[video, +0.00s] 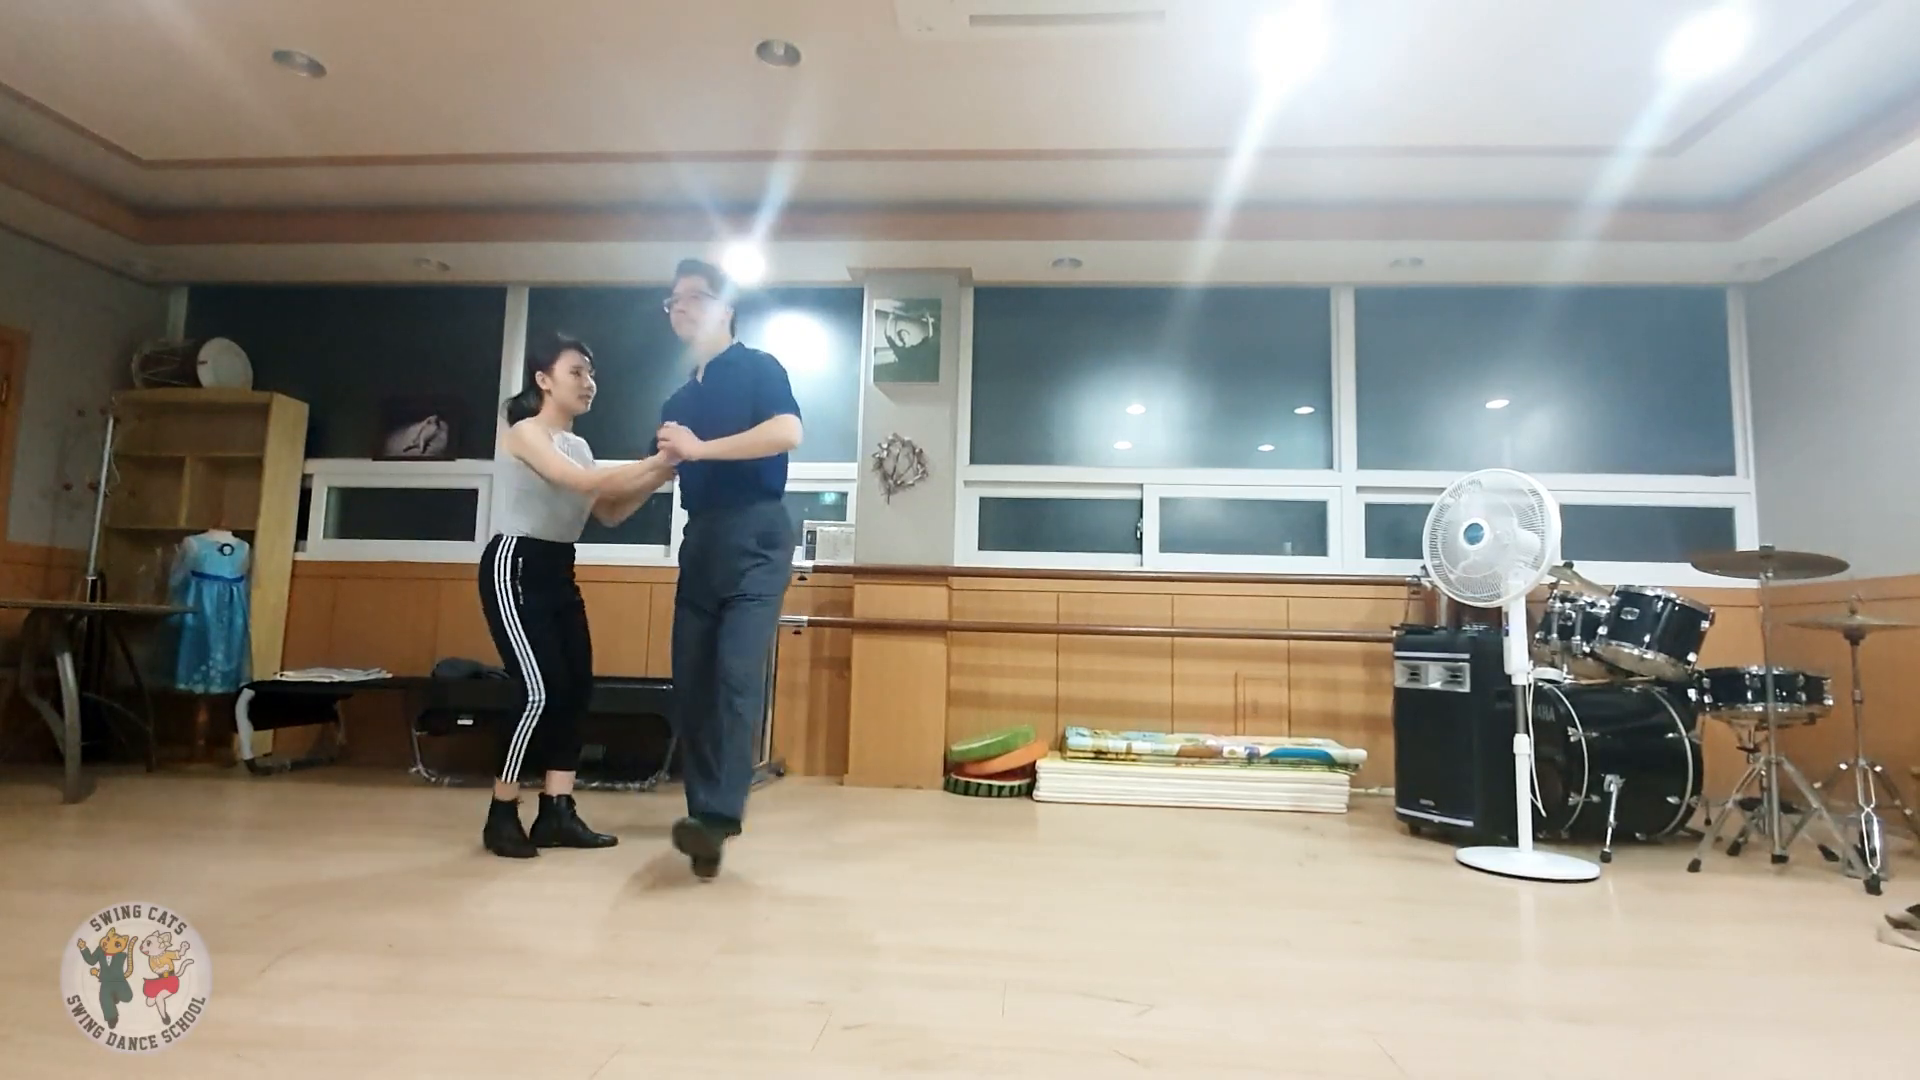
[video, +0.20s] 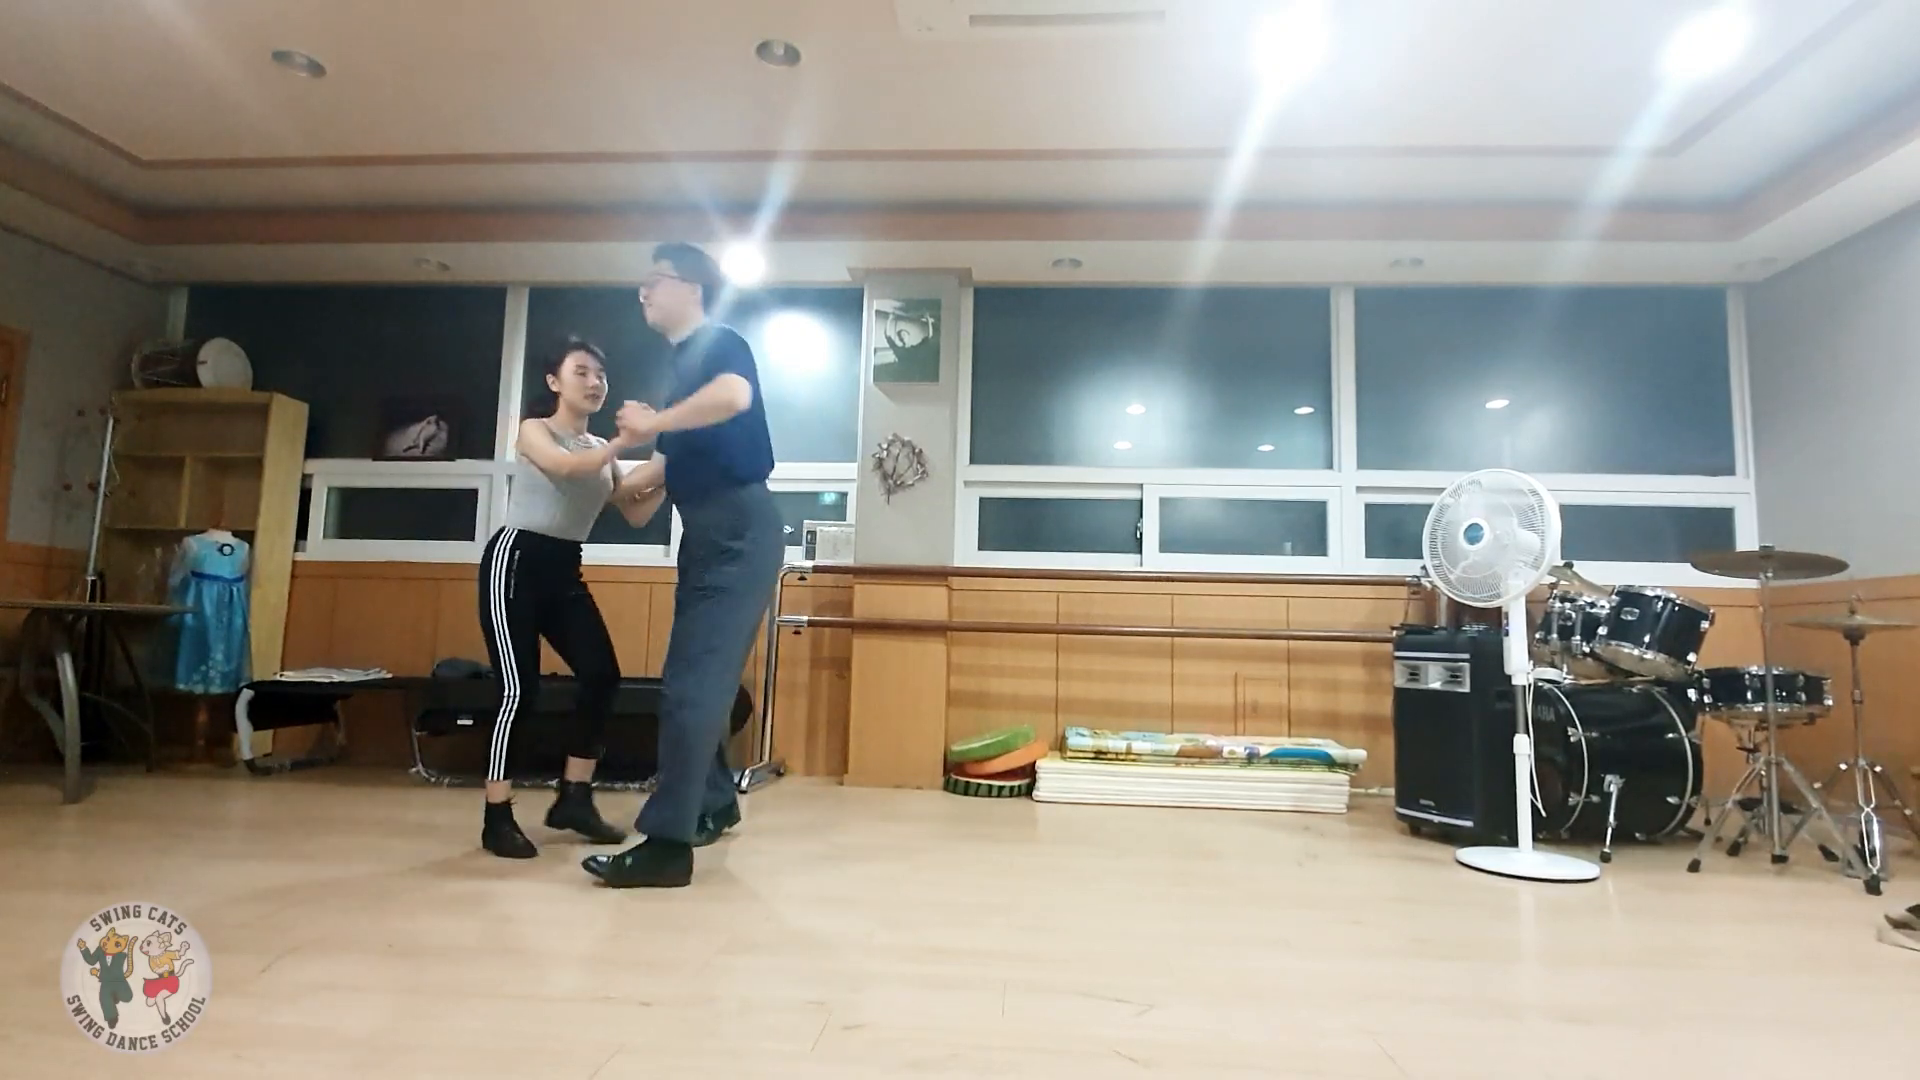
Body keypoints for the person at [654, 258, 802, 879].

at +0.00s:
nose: (678, 309)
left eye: (692, 299)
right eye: (675, 301)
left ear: (725, 308)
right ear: (675, 313)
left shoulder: (758, 366)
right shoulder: (677, 403)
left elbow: (787, 432)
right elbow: (660, 469)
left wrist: (701, 449)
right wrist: (611, 494)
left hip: (758, 535)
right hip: (703, 540)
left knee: (738, 672)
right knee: (692, 677)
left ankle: (717, 819)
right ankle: (708, 811)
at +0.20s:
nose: (643, 296)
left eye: (653, 284)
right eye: (644, 287)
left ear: (691, 288)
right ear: (677, 294)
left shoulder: (718, 341)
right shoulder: (684, 365)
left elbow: (734, 395)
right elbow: (690, 461)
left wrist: (656, 423)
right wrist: (638, 483)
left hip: (737, 524)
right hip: (709, 527)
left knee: (692, 680)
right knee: (695, 677)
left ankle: (668, 845)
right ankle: (715, 799)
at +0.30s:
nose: (622, 285)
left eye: (634, 272)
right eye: (625, 274)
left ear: (671, 280)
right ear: (668, 284)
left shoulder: (692, 329)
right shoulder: (683, 343)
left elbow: (679, 375)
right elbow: (716, 448)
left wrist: (609, 412)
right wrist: (649, 484)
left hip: (717, 521)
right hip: (716, 520)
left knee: (672, 676)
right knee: (710, 668)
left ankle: (664, 846)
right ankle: (721, 794)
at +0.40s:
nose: (609, 278)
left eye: (617, 267)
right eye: (613, 267)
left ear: (642, 274)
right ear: (663, 280)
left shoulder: (650, 317)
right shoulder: (682, 330)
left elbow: (615, 360)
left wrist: (577, 405)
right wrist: (605, 410)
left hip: (688, 520)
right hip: (724, 515)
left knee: (650, 680)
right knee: (728, 670)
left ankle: (661, 849)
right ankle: (755, 802)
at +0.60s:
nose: (607, 277)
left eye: (606, 267)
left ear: (605, 270)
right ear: (664, 275)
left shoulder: (584, 315)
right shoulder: (690, 346)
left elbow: (511, 358)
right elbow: (711, 446)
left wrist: (539, 429)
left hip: (630, 497)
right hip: (700, 498)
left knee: (610, 678)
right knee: (714, 678)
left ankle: (653, 850)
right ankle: (753, 821)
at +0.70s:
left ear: (596, 261)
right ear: (657, 272)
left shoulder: (560, 308)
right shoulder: (688, 342)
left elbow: (475, 359)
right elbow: (721, 447)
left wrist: (513, 415)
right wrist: (731, 472)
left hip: (602, 495)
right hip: (681, 500)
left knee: (599, 680)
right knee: (676, 679)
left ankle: (639, 845)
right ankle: (661, 824)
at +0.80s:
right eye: (645, 262)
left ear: (585, 260)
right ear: (648, 268)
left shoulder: (543, 309)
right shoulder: (680, 336)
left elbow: (449, 362)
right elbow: (720, 436)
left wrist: (508, 419)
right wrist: (753, 481)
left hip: (573, 489)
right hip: (656, 493)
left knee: (582, 674)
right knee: (639, 667)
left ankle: (631, 846)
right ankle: (561, 843)